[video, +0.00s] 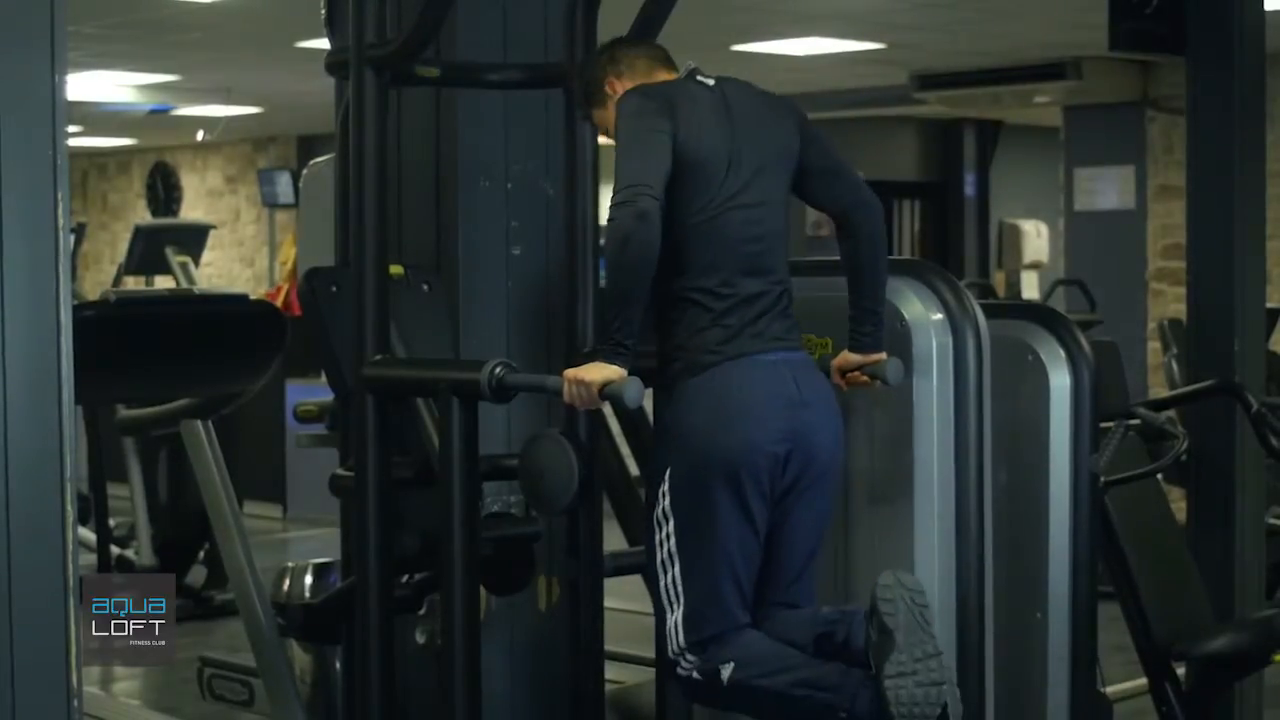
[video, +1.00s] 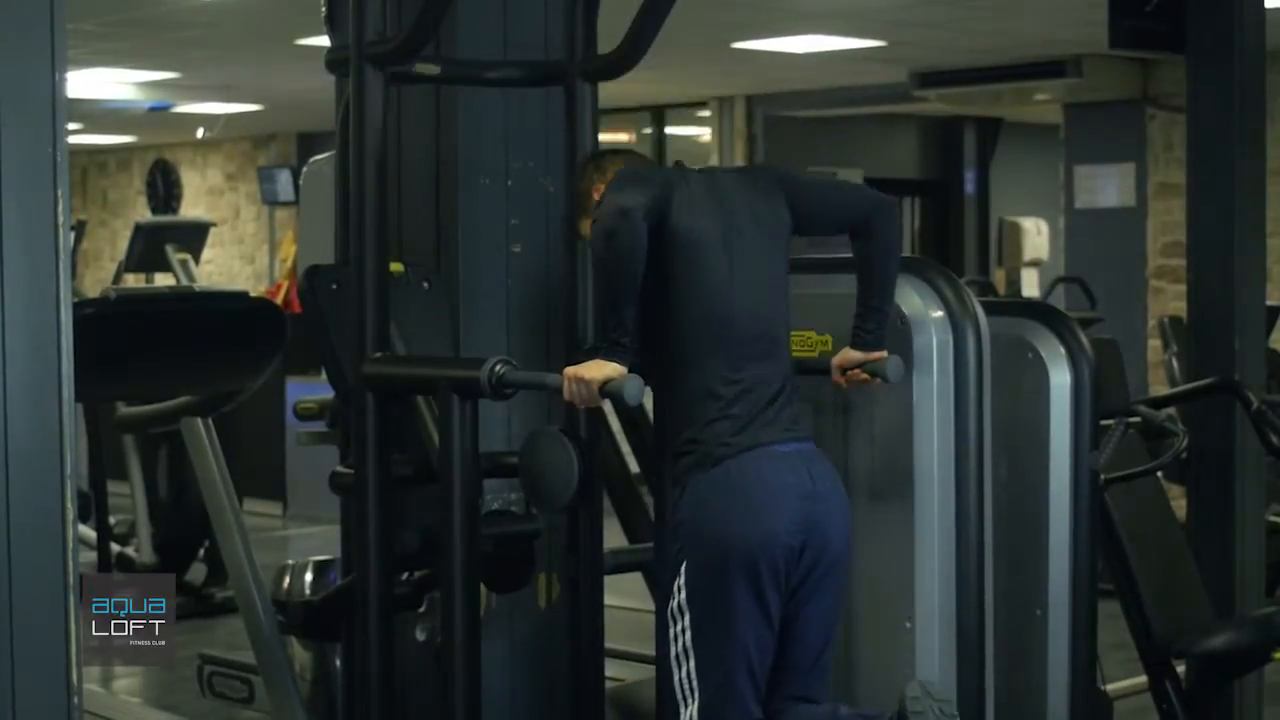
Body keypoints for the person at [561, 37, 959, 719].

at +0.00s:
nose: (612, 140)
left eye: (604, 124)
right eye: (604, 131)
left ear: (616, 89)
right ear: (673, 72)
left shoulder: (647, 106)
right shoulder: (772, 111)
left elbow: (638, 217)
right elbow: (861, 209)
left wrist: (612, 351)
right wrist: (866, 340)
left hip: (715, 398)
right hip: (804, 386)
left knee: (699, 650)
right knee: (771, 616)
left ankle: (870, 700)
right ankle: (867, 633)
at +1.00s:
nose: (595, 225)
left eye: (591, 215)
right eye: (589, 220)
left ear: (604, 189)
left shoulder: (638, 183)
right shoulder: (759, 184)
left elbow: (619, 224)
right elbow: (877, 210)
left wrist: (613, 348)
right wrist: (870, 338)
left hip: (723, 489)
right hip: (809, 471)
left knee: (714, 704)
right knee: (799, 701)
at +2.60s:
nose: (615, 93)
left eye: (609, 80)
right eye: (607, 86)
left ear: (621, 42)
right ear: (674, 22)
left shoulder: (651, 67)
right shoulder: (782, 73)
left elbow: (637, 192)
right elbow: (857, 188)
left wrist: (613, 329)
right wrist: (866, 317)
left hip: (719, 356)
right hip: (809, 348)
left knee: (694, 611)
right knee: (769, 580)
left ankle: (883, 636)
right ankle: (865, 569)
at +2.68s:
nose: (614, 106)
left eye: (608, 93)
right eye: (606, 99)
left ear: (621, 57)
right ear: (675, 36)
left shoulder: (649, 76)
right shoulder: (778, 82)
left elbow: (632, 194)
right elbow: (863, 188)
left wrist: (611, 331)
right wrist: (868, 319)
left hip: (717, 365)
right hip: (807, 356)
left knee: (696, 623)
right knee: (770, 592)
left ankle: (877, 652)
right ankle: (865, 586)